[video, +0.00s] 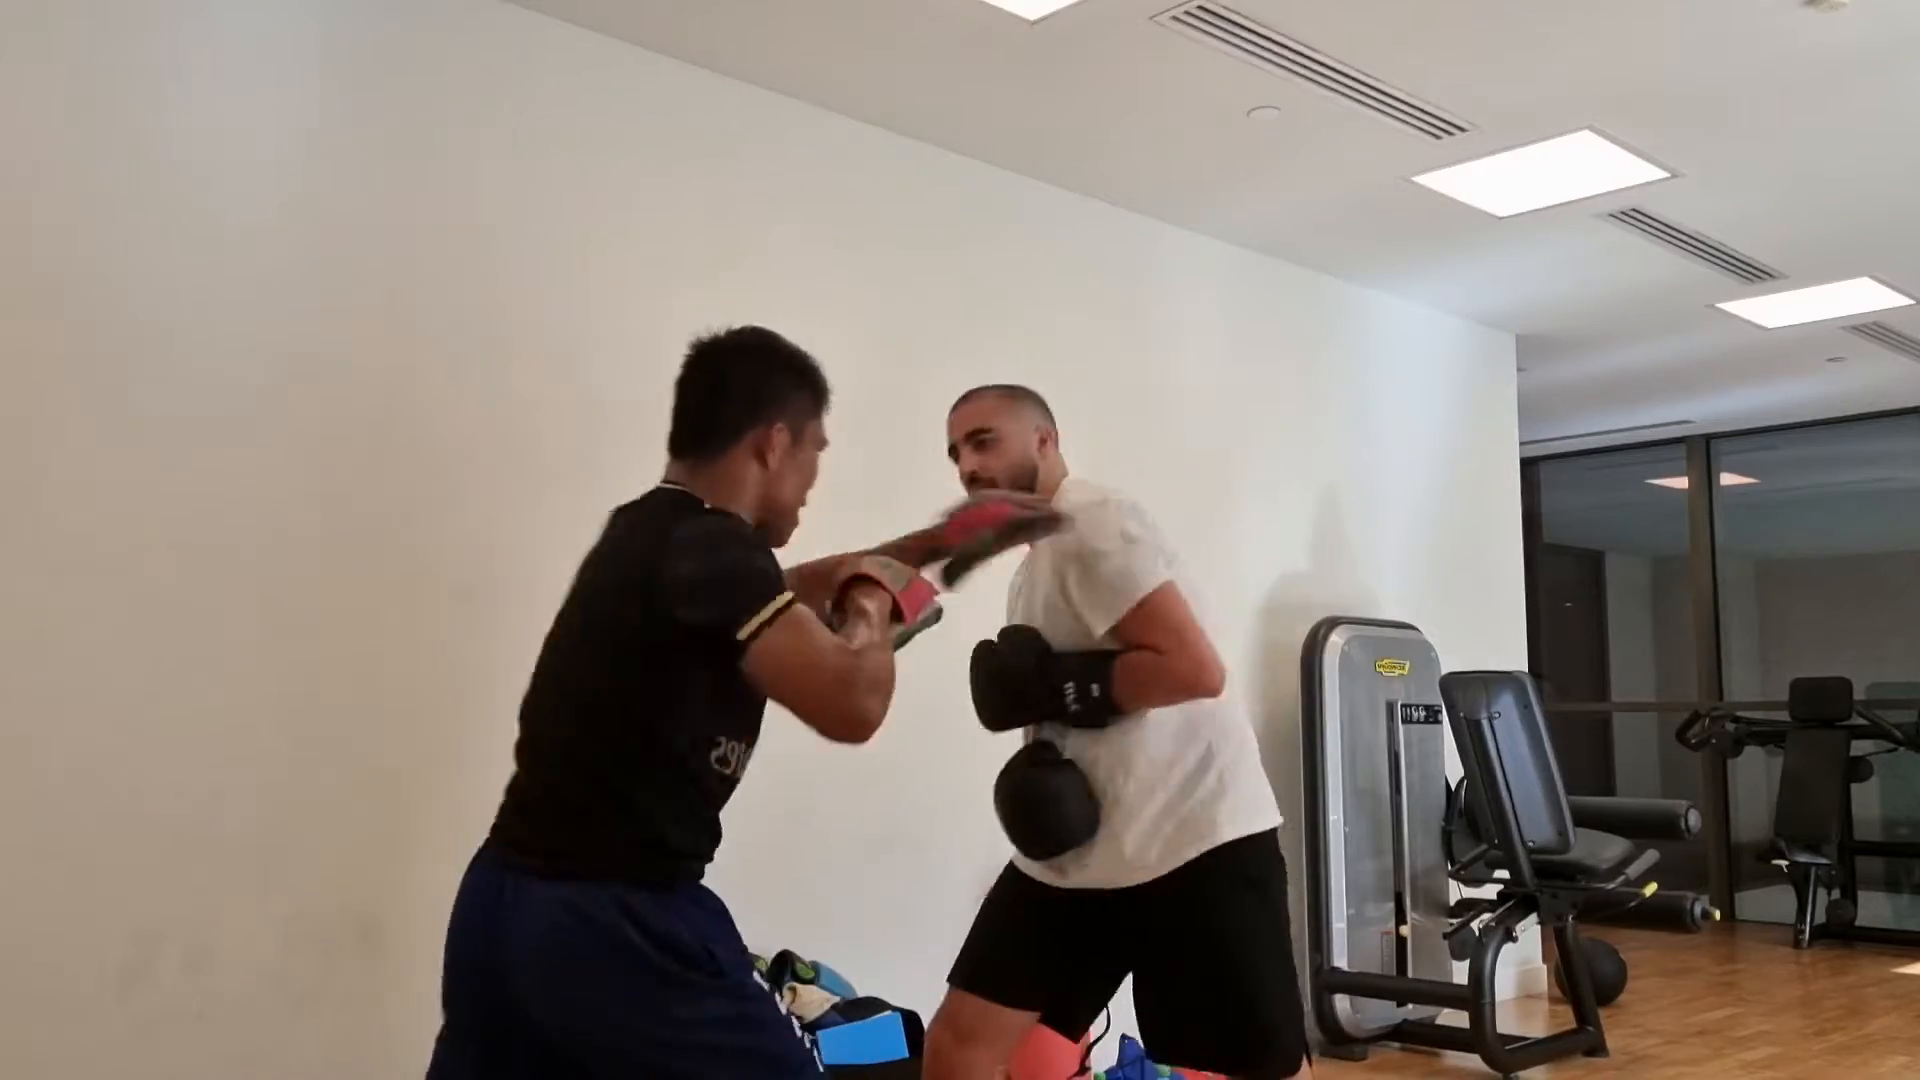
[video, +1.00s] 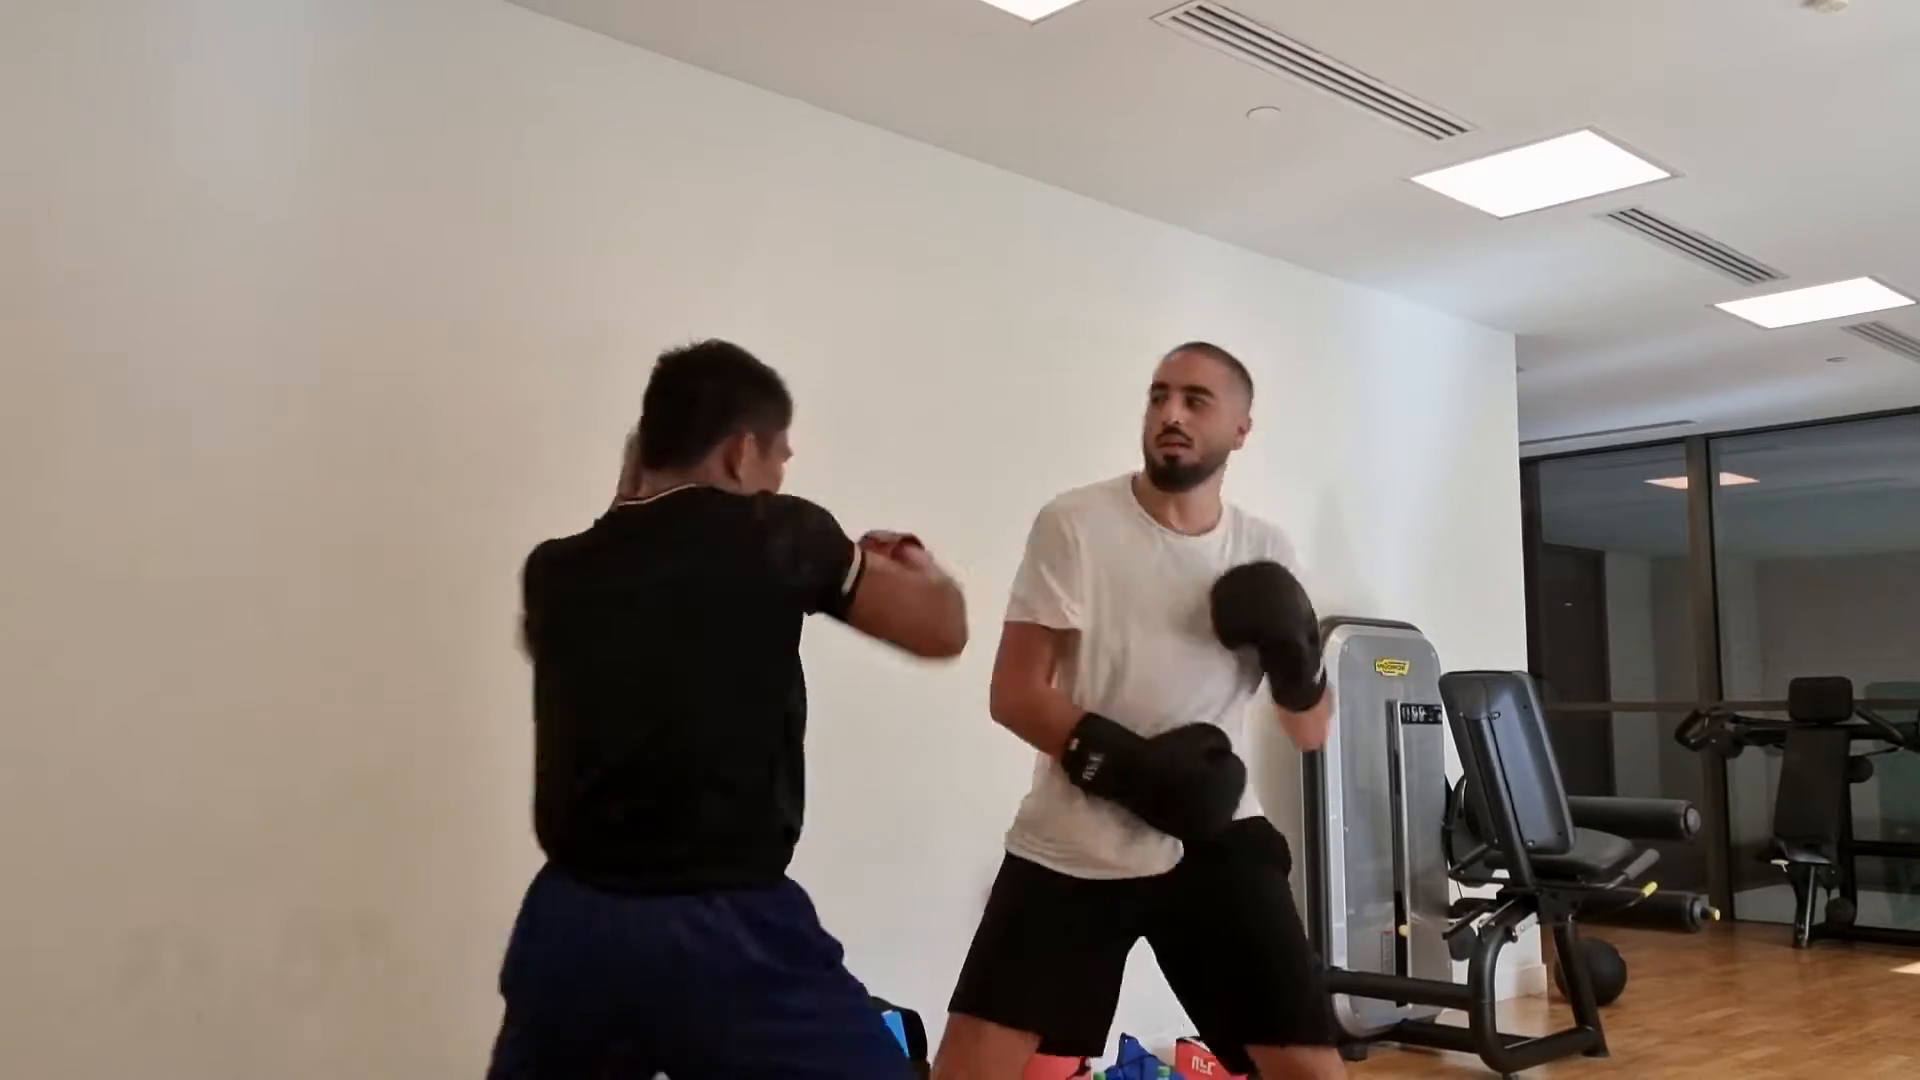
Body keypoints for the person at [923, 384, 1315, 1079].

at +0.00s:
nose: (967, 466)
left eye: (983, 441)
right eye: (957, 452)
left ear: (1046, 442)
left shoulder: (1097, 528)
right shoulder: (1028, 579)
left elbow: (1195, 669)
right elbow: (1068, 708)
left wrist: (1052, 684)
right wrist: (1039, 776)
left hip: (1198, 844)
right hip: (1078, 853)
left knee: (1268, 1067)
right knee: (961, 1048)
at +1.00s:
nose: (1171, 413)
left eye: (1198, 400)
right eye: (1160, 397)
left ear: (1241, 430)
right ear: (1143, 415)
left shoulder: (1266, 551)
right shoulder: (1074, 526)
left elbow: (1311, 731)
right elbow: (1015, 692)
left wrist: (1292, 649)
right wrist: (1127, 763)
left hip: (1217, 856)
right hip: (1068, 852)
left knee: (1312, 1069)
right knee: (972, 1068)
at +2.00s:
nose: (858, 565)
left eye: (865, 541)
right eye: (851, 554)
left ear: (930, 524)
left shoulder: (988, 551)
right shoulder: (966, 600)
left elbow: (1011, 694)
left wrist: (907, 693)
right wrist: (1037, 791)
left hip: (1189, 825)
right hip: (1084, 839)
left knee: (1261, 1064)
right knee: (960, 1032)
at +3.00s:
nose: (1088, 419)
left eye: (1112, 402)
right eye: (1079, 404)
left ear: (1168, 420)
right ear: (1067, 419)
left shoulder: (1235, 545)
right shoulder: (1020, 542)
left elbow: (1291, 718)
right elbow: (993, 717)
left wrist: (1190, 685)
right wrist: (1067, 783)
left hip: (1207, 860)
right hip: (1052, 867)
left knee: (1282, 1068)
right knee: (955, 1067)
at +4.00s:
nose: (1103, 427)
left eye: (1124, 406)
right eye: (1090, 413)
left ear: (1180, 416)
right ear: (1079, 427)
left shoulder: (1257, 544)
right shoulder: (1032, 540)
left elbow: (1315, 661)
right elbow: (975, 691)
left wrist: (1304, 697)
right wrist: (1066, 714)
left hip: (1216, 844)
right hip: (1066, 851)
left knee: (1300, 1066)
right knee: (957, 1066)